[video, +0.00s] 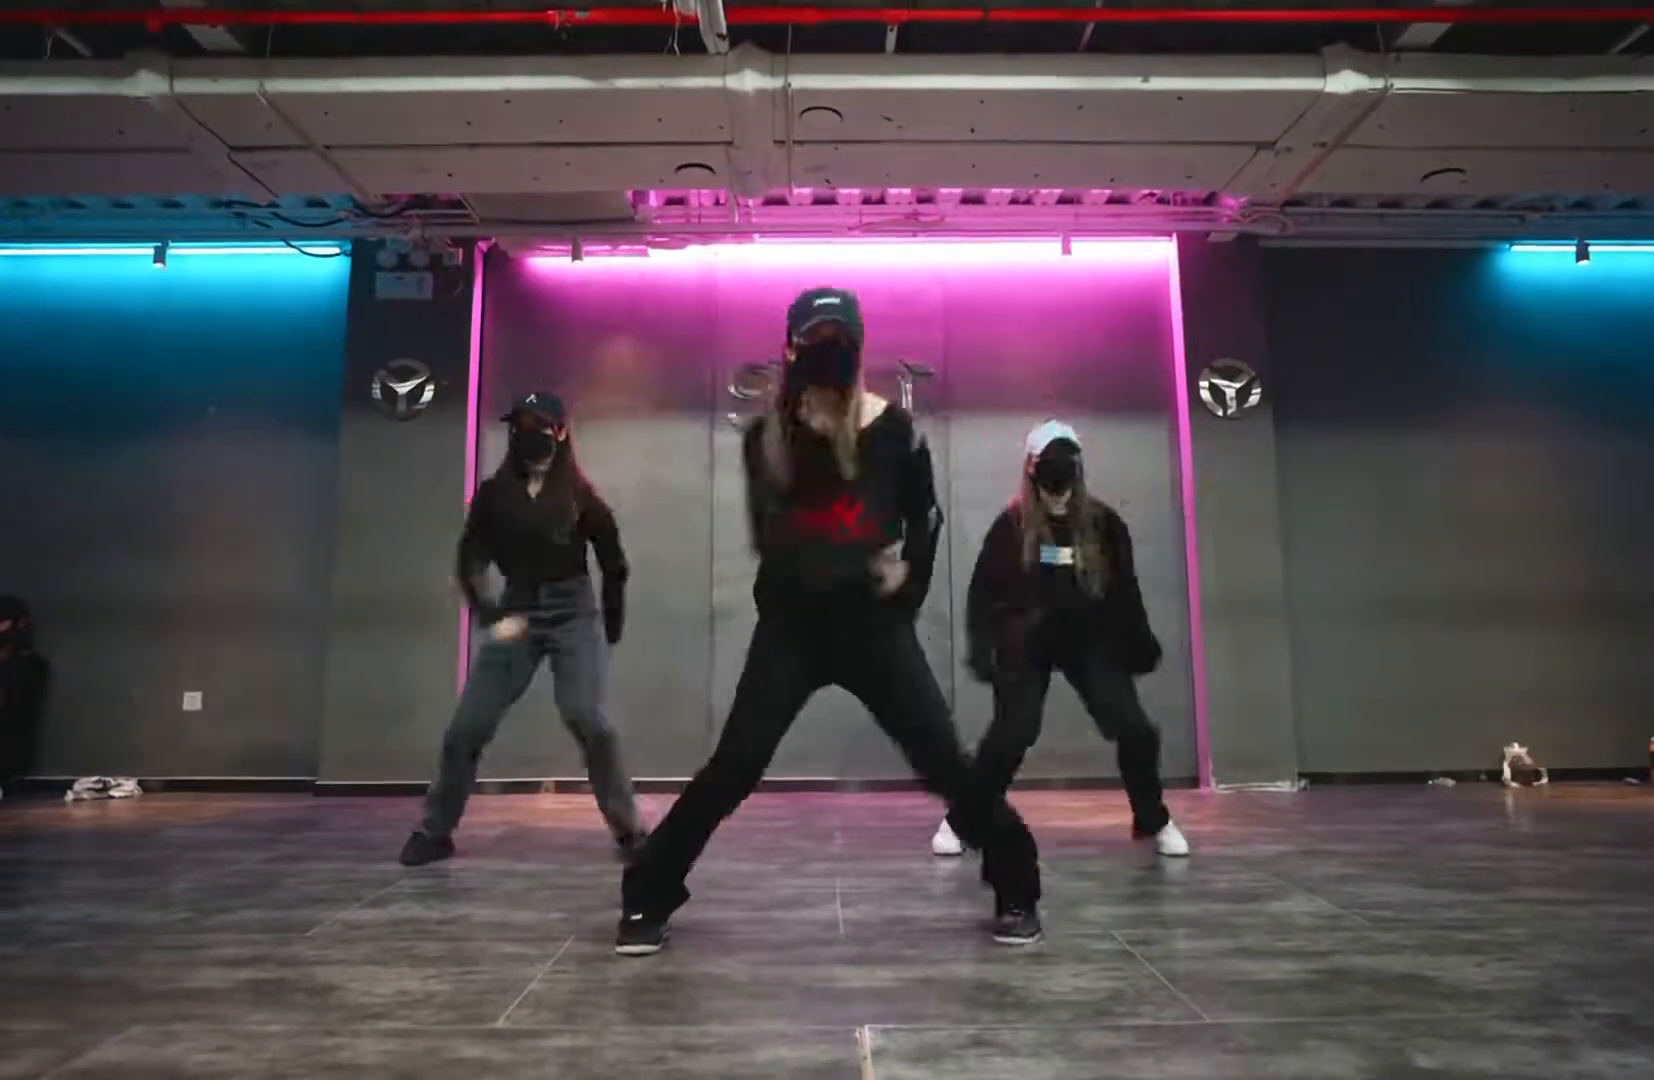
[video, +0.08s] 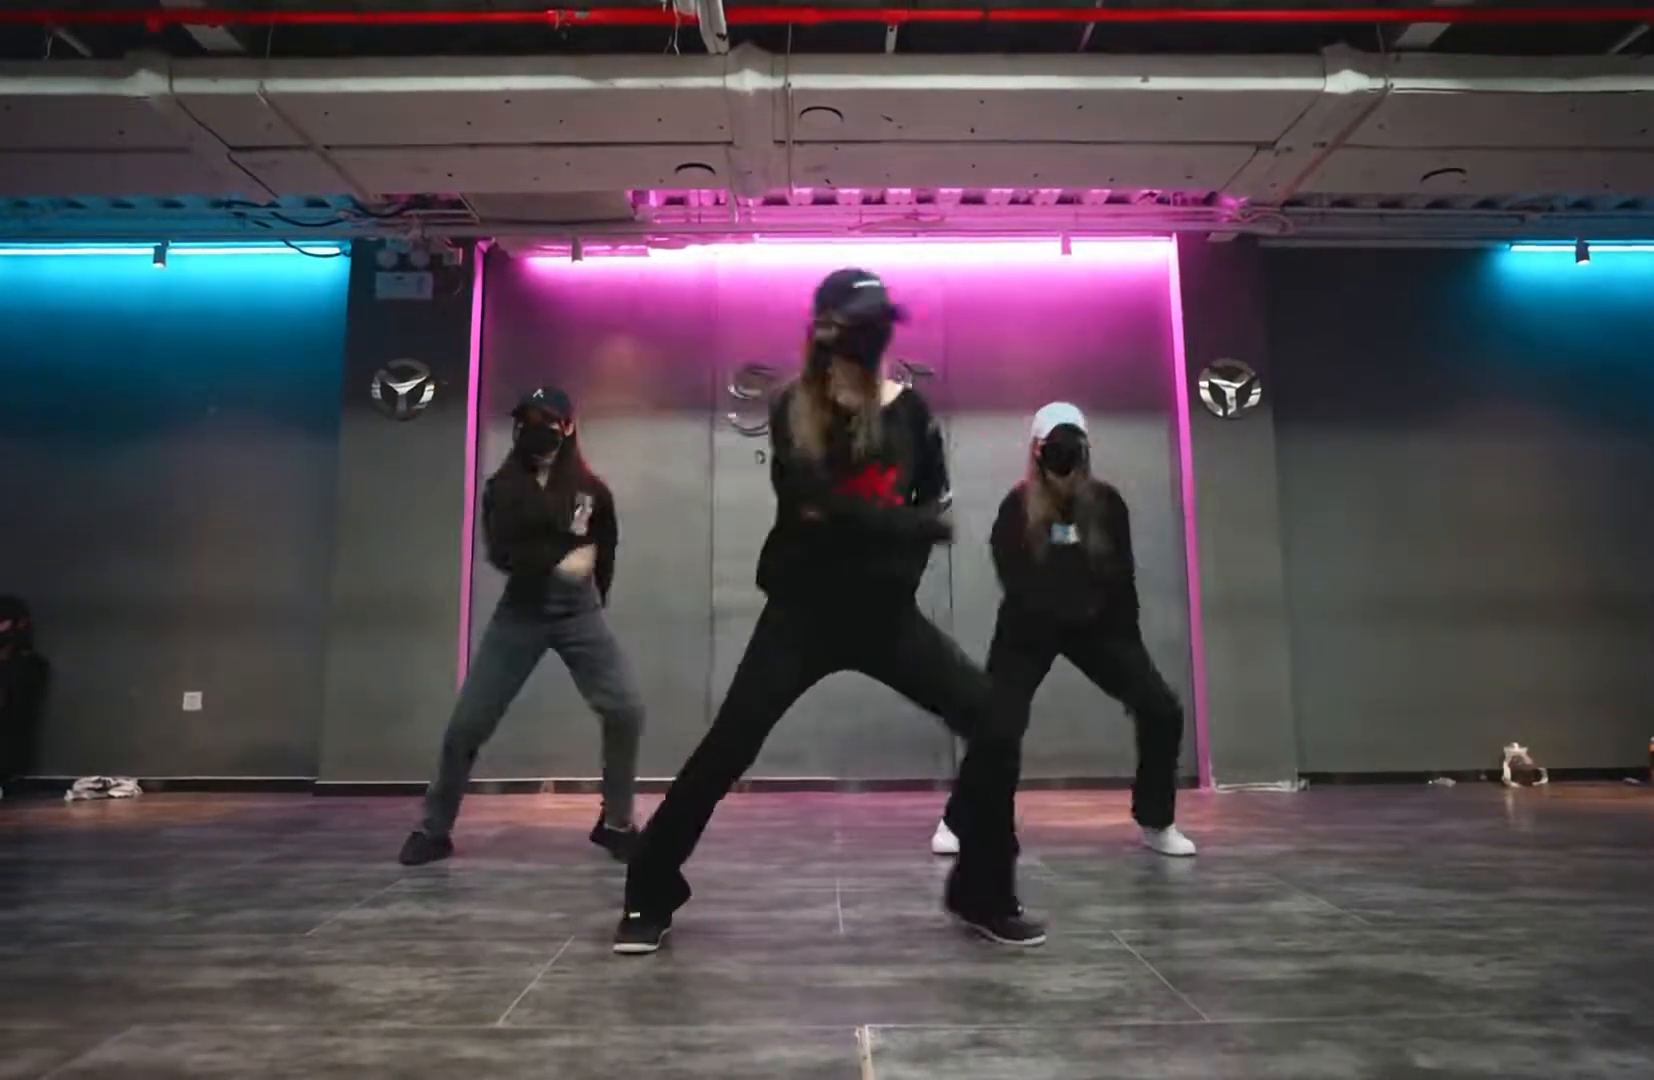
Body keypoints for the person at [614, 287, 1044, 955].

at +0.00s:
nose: (825, 365)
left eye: (837, 352)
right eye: (813, 352)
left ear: (855, 355)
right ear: (793, 356)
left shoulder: (888, 428)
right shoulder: (769, 438)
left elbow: (922, 513)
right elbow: (772, 544)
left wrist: (910, 572)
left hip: (875, 626)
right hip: (791, 629)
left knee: (945, 766)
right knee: (734, 769)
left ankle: (1017, 890)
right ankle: (646, 900)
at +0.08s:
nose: (838, 353)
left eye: (852, 342)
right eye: (827, 338)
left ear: (878, 338)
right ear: (817, 336)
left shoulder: (909, 410)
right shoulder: (795, 408)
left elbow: (935, 518)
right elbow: (805, 500)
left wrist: (841, 511)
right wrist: (905, 505)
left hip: (885, 618)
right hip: (799, 618)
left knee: (996, 719)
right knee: (726, 751)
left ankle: (981, 892)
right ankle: (647, 898)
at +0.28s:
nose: (944, 345)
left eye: (945, 336)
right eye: (936, 331)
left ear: (918, 332)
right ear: (900, 324)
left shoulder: (935, 416)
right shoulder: (835, 389)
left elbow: (955, 509)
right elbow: (871, 471)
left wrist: (901, 486)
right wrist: (971, 495)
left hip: (902, 614)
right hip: (821, 610)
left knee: (1019, 713)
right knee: (740, 749)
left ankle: (980, 888)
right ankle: (651, 898)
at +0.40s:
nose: (943, 348)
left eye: (945, 339)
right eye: (937, 336)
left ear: (912, 329)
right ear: (907, 327)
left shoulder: (938, 410)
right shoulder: (832, 390)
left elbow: (968, 500)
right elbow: (884, 480)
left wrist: (897, 488)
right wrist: (972, 493)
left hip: (902, 615)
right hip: (820, 611)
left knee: (1019, 713)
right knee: (738, 750)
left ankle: (981, 888)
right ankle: (649, 900)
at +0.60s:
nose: (898, 336)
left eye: (908, 323)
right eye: (882, 324)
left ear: (922, 329)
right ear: (855, 330)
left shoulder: (934, 415)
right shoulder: (824, 394)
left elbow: (978, 496)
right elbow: (831, 478)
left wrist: (883, 489)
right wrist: (946, 493)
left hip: (897, 617)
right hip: (814, 614)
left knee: (1016, 718)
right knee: (732, 752)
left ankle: (981, 892)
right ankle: (647, 905)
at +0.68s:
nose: (887, 329)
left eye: (898, 317)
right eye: (873, 317)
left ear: (914, 324)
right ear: (851, 325)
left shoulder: (935, 413)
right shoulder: (820, 399)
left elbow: (957, 519)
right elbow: (831, 491)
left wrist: (870, 500)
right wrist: (946, 495)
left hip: (897, 618)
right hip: (813, 615)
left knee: (1016, 720)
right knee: (732, 752)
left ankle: (981, 893)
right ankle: (647, 906)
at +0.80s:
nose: (871, 328)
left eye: (883, 315)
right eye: (857, 316)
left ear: (902, 323)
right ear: (836, 326)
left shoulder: (919, 418)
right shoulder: (806, 406)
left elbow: (943, 523)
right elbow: (788, 505)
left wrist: (989, 608)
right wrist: (824, 508)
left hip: (898, 621)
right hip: (810, 620)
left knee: (1015, 723)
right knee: (728, 752)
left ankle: (981, 896)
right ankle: (646, 909)